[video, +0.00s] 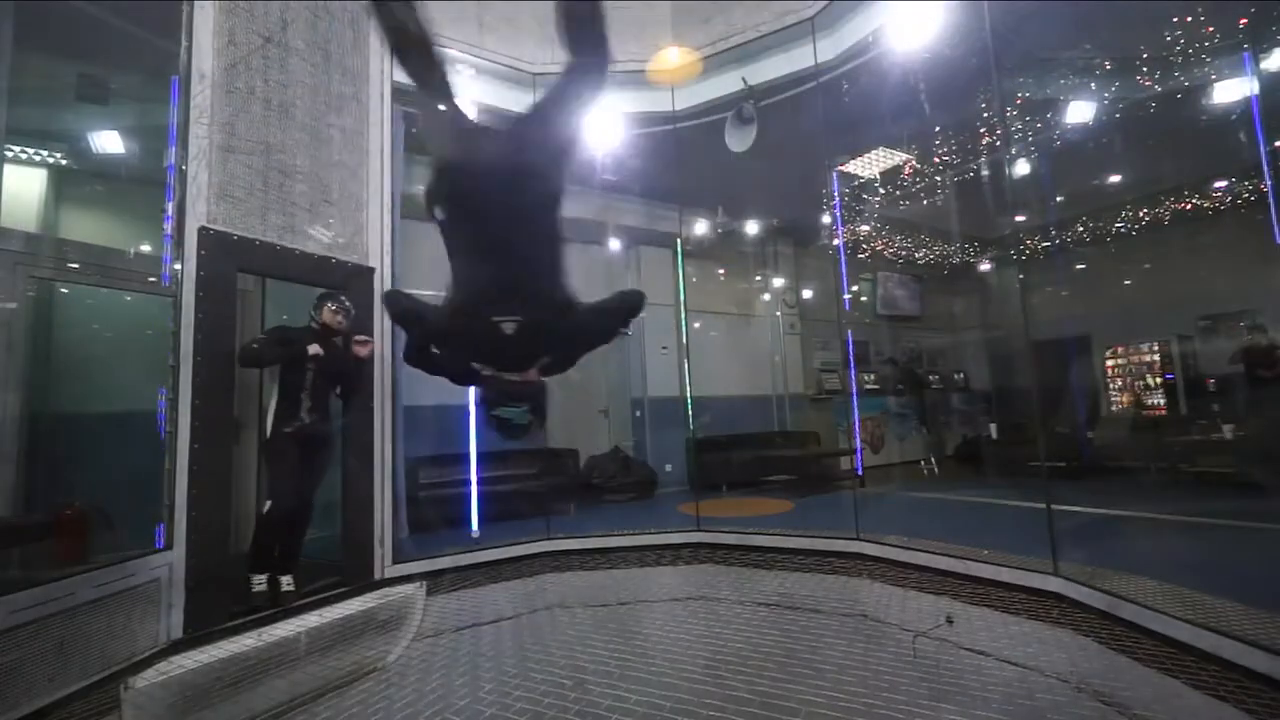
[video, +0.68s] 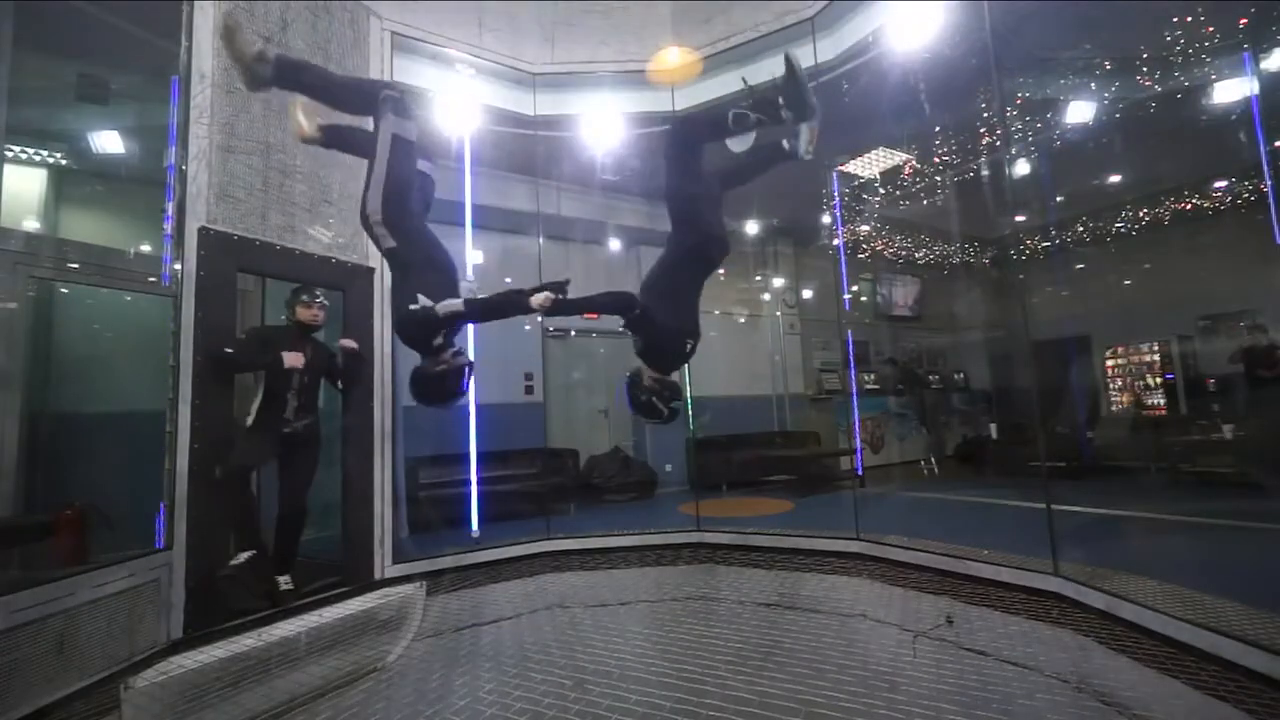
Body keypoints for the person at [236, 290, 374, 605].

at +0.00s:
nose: (338, 316)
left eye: (344, 313)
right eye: (333, 310)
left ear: (348, 321)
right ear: (317, 311)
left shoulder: (342, 348)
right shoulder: (289, 336)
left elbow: (350, 395)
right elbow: (247, 355)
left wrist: (360, 361)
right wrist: (298, 350)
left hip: (318, 437)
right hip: (282, 435)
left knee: (303, 504)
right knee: (281, 502)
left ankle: (286, 572)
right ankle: (258, 571)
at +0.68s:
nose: (317, 312)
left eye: (321, 308)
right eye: (309, 306)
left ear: (325, 313)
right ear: (293, 309)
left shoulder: (322, 352)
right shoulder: (267, 336)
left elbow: (345, 384)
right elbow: (236, 358)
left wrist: (351, 357)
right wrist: (278, 359)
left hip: (302, 435)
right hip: (266, 431)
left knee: (294, 503)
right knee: (233, 474)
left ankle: (283, 572)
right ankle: (249, 546)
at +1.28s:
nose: (299, 306)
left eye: (305, 304)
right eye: (291, 301)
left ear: (309, 318)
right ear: (275, 308)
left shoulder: (309, 349)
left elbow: (364, 356)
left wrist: (338, 350)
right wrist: (182, 349)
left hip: (265, 434)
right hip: (222, 419)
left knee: (270, 518)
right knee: (194, 418)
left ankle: (265, 553)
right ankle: (124, 466)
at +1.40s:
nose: (287, 305)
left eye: (294, 304)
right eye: (280, 300)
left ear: (300, 318)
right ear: (263, 307)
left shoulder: (301, 350)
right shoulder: (231, 331)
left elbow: (363, 360)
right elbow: (180, 352)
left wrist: (333, 348)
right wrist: (175, 355)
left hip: (239, 440)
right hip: (199, 423)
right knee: (168, 385)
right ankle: (91, 442)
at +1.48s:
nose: (284, 309)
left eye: (292, 309)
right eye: (278, 303)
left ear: (297, 326)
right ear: (259, 310)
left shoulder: (294, 354)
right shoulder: (225, 336)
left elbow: (356, 364)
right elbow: (179, 361)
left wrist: (320, 344)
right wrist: (162, 378)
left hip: (218, 439)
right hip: (177, 419)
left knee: (218, 420)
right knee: (147, 353)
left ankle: (189, 505)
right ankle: (63, 415)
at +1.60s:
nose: (277, 321)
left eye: (286, 322)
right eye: (274, 317)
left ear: (293, 335)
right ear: (263, 324)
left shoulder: (285, 368)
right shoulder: (235, 350)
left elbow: (347, 366)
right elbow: (194, 370)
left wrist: (306, 330)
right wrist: (183, 356)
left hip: (182, 423)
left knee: (162, 337)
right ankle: (9, 325)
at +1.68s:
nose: (270, 336)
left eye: (279, 337)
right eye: (272, 334)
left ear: (286, 350)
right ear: (268, 341)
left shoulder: (279, 372)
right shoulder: (248, 362)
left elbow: (323, 361)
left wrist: (284, 326)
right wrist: (259, 337)